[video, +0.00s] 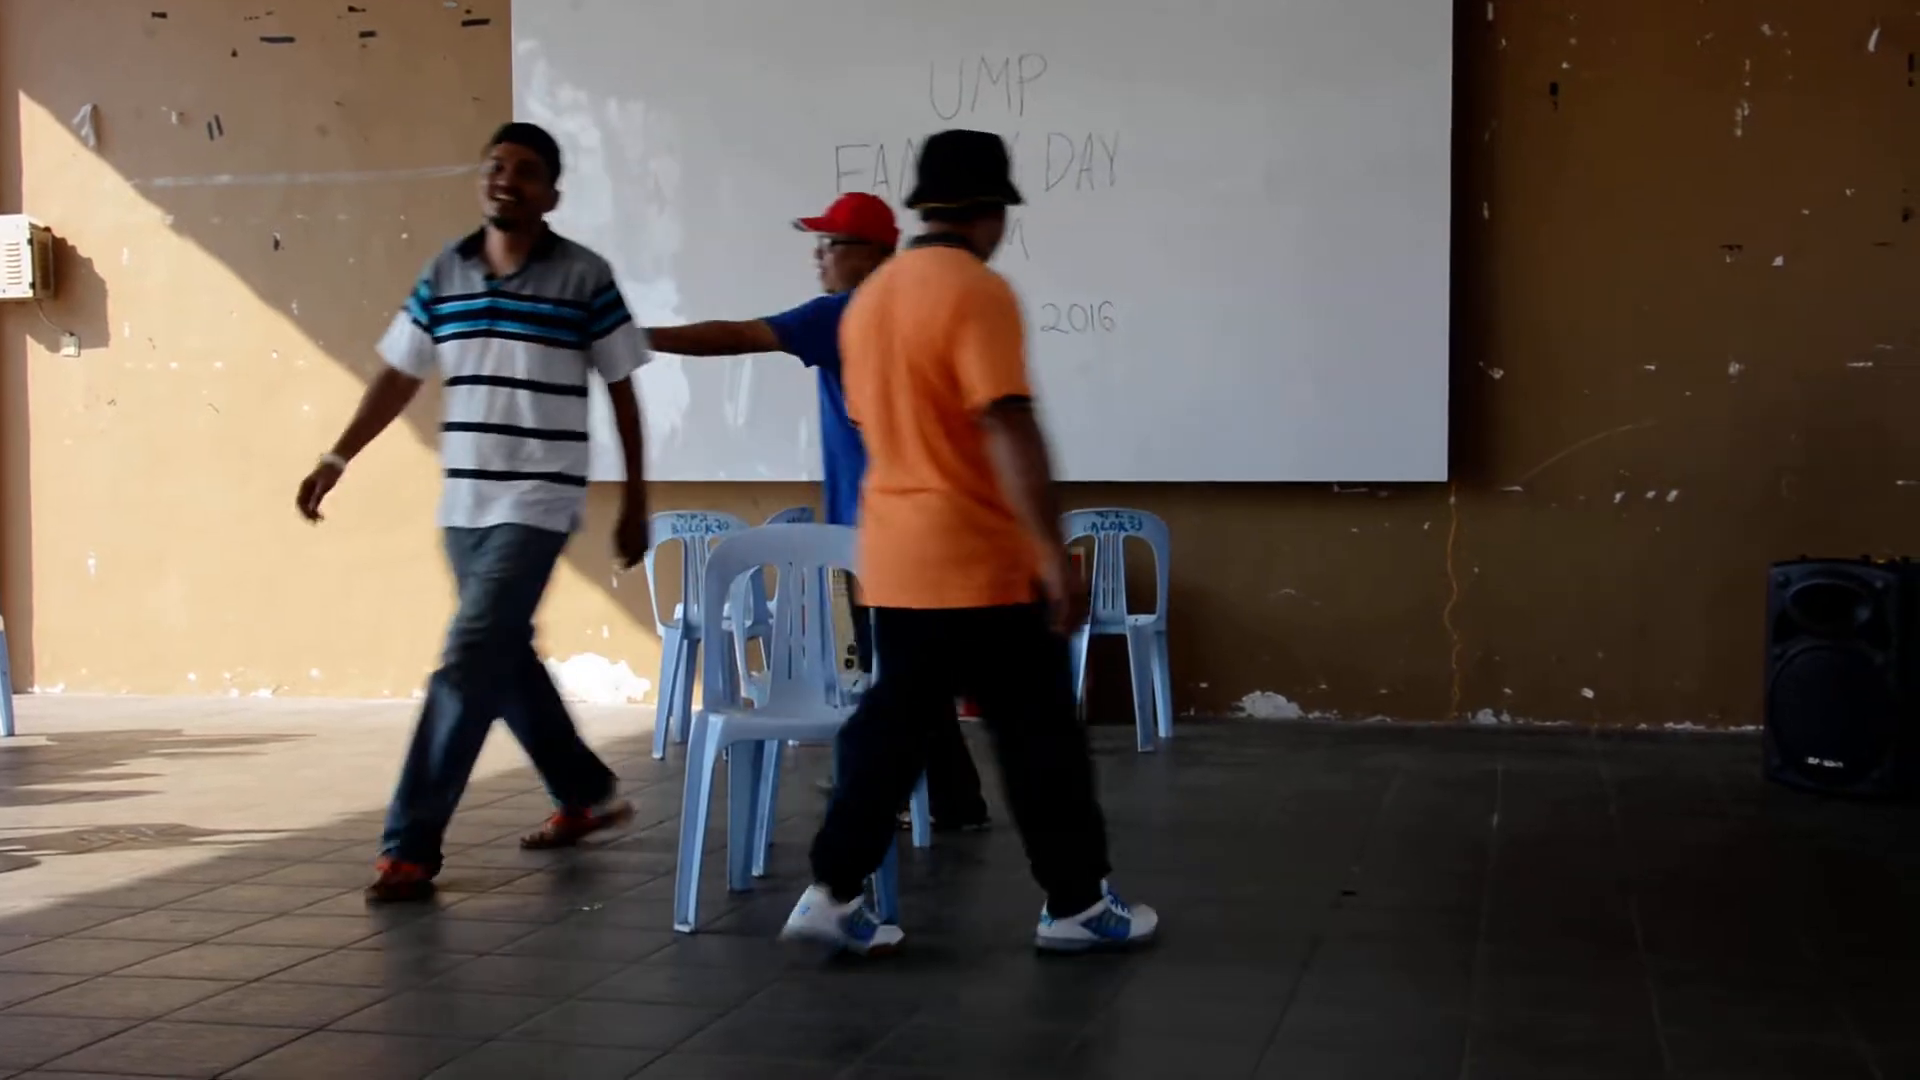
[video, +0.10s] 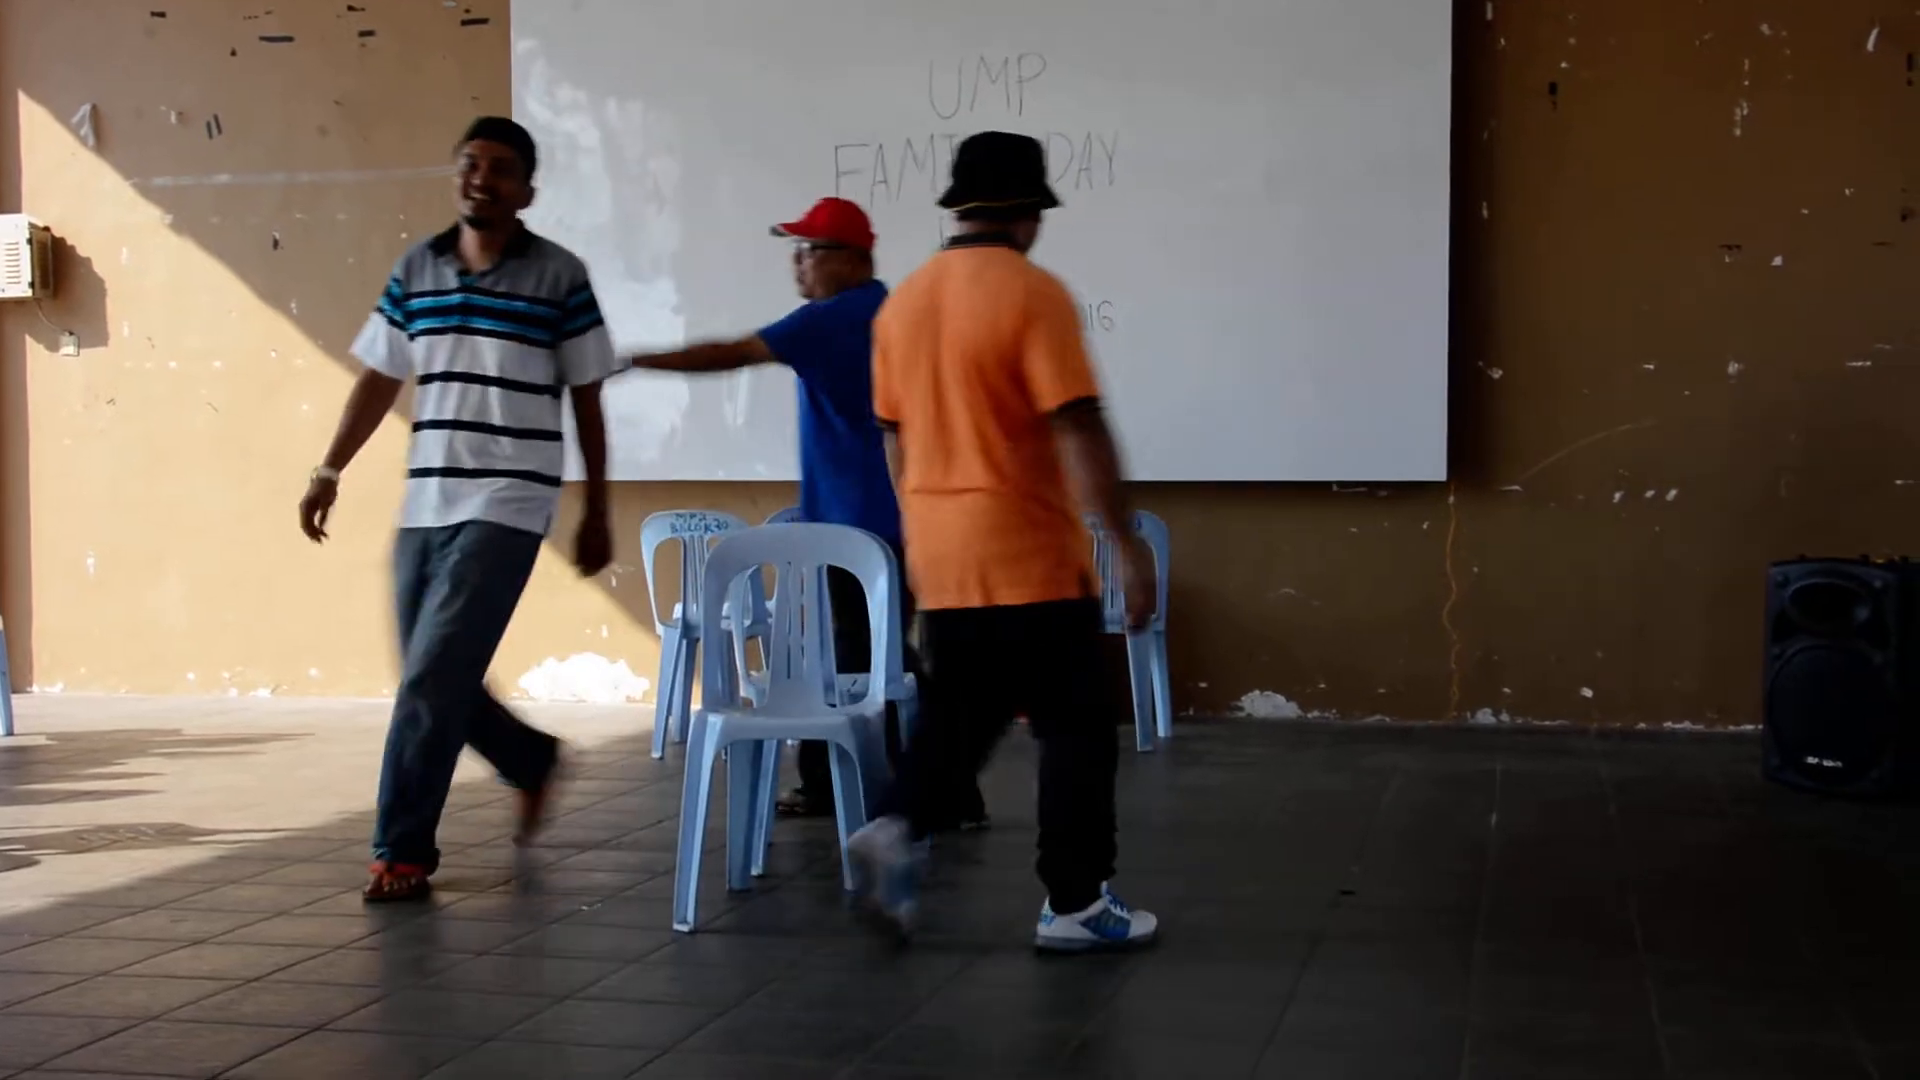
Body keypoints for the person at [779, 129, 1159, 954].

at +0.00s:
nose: (1005, 227)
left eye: (1003, 212)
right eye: (1002, 212)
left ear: (922, 209)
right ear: (986, 213)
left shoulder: (868, 299)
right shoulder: (976, 290)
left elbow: (869, 428)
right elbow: (1007, 424)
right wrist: (1052, 551)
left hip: (892, 559)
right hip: (979, 559)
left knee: (897, 723)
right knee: (1040, 732)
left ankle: (832, 892)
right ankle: (1077, 901)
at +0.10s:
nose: (1040, 226)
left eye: (1038, 213)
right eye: (1039, 214)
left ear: (958, 210)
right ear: (1027, 214)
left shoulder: (901, 304)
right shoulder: (1031, 293)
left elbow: (896, 441)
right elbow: (1081, 430)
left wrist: (928, 536)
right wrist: (1127, 546)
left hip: (936, 554)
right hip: (1029, 550)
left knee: (964, 707)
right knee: (1081, 725)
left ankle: (898, 828)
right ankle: (1075, 901)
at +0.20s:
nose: (1068, 220)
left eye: (1064, 209)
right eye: (1066, 209)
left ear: (984, 210)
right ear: (1054, 210)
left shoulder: (931, 299)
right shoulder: (1078, 290)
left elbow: (908, 430)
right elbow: (1138, 420)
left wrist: (905, 533)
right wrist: (1186, 536)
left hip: (963, 547)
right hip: (1058, 547)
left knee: (1003, 690)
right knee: (1087, 722)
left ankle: (974, 813)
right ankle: (1075, 900)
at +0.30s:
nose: (1088, 222)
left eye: (1078, 212)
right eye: (1086, 212)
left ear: (1005, 215)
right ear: (1081, 213)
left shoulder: (956, 297)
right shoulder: (1115, 288)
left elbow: (916, 419)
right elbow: (1181, 411)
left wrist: (906, 528)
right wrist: (1225, 514)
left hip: (990, 544)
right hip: (1085, 543)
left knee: (1030, 704)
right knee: (1091, 719)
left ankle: (1052, 855)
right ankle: (1074, 902)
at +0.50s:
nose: (1024, 242)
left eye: (1022, 232)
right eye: (1099, 226)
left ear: (1026, 231)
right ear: (1100, 225)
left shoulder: (985, 311)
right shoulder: (1143, 295)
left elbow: (954, 437)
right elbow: (1211, 413)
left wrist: (944, 547)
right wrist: (1232, 497)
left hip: (1030, 556)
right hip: (1125, 550)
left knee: (1068, 713)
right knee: (1143, 705)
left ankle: (1116, 889)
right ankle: (1089, 860)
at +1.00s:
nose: (990, 294)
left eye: (991, 280)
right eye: (988, 281)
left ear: (1015, 273)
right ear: (1061, 266)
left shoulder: (1008, 337)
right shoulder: (1133, 323)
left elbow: (983, 450)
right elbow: (1177, 424)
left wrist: (981, 527)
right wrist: (1116, 462)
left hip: (1045, 547)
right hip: (1140, 543)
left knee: (1040, 686)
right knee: (1146, 689)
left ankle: (1087, 809)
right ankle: (1178, 830)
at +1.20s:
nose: (928, 296)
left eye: (930, 280)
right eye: (925, 281)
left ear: (959, 272)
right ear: (989, 268)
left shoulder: (964, 336)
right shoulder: (1061, 319)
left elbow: (971, 434)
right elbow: (1096, 414)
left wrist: (944, 518)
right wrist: (1042, 467)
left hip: (1006, 541)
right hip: (1084, 533)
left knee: (1005, 681)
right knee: (1090, 646)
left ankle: (1049, 805)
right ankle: (1147, 741)